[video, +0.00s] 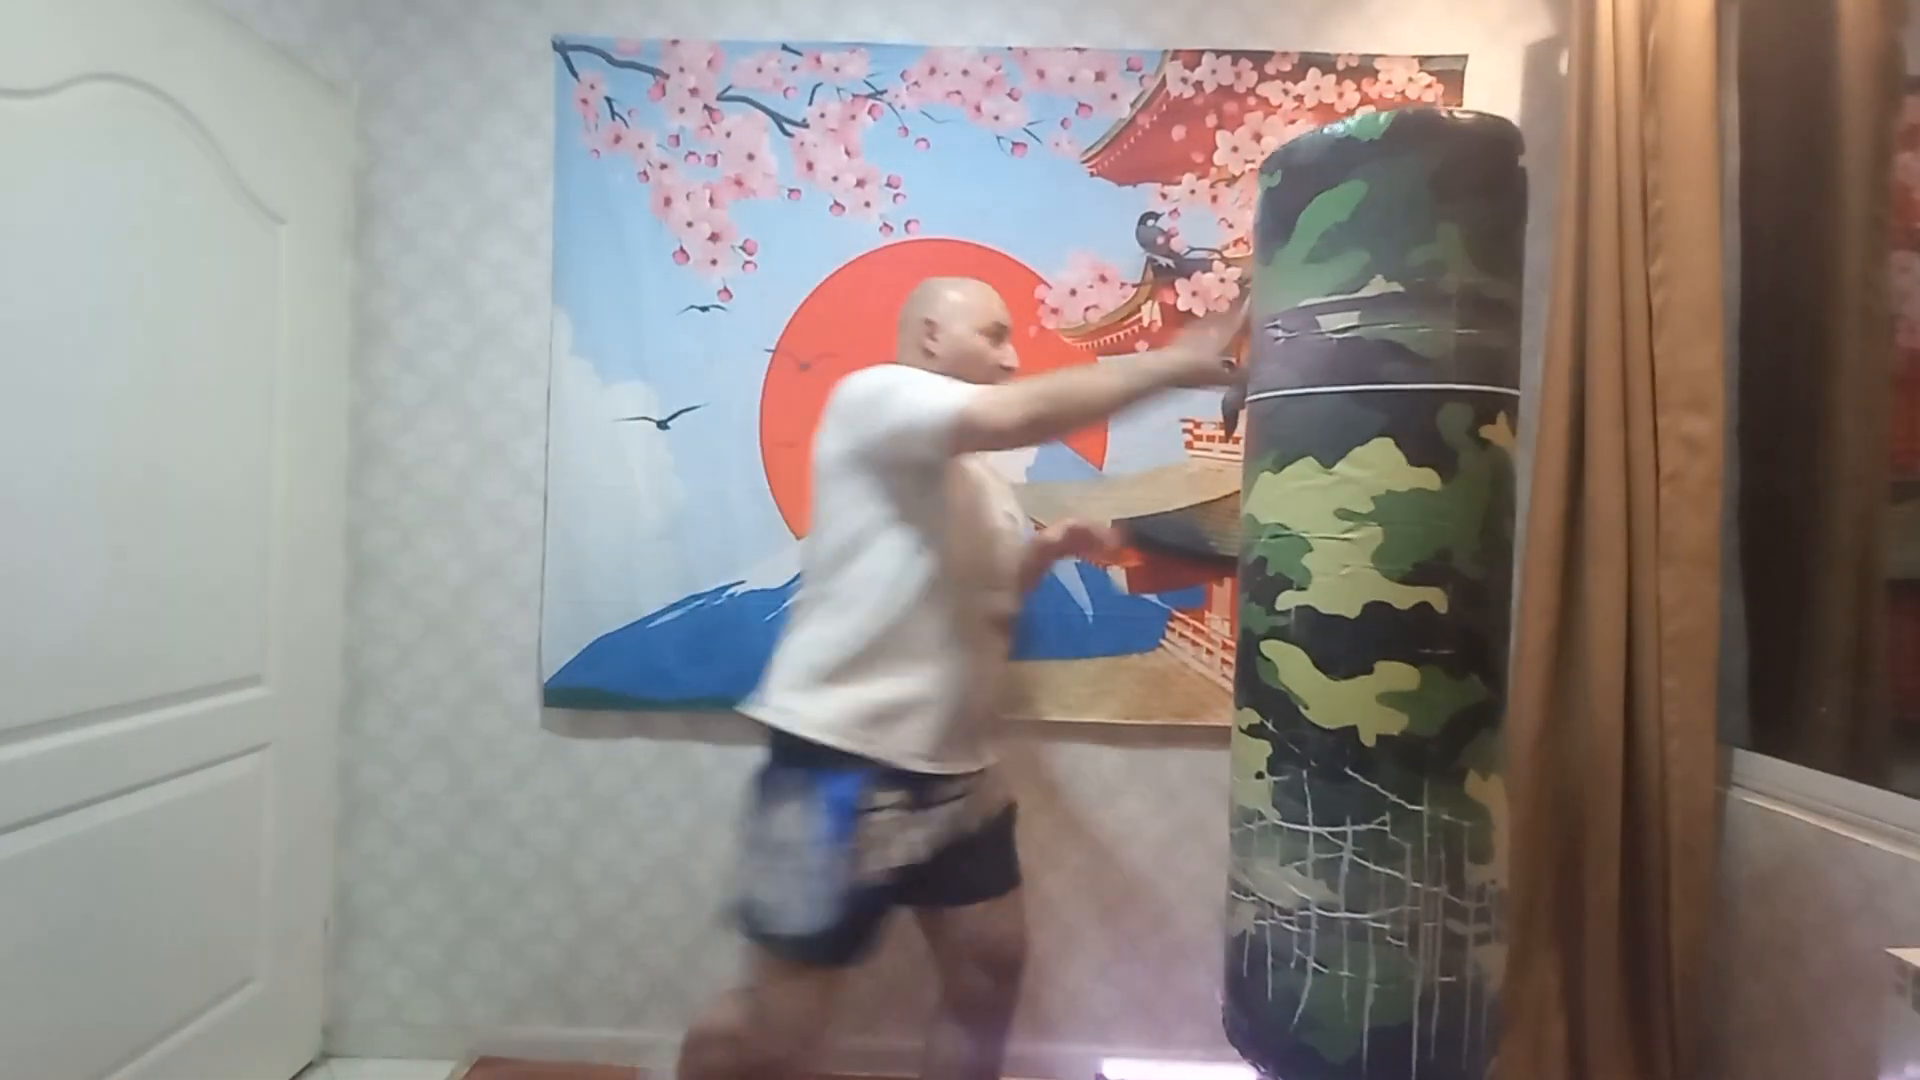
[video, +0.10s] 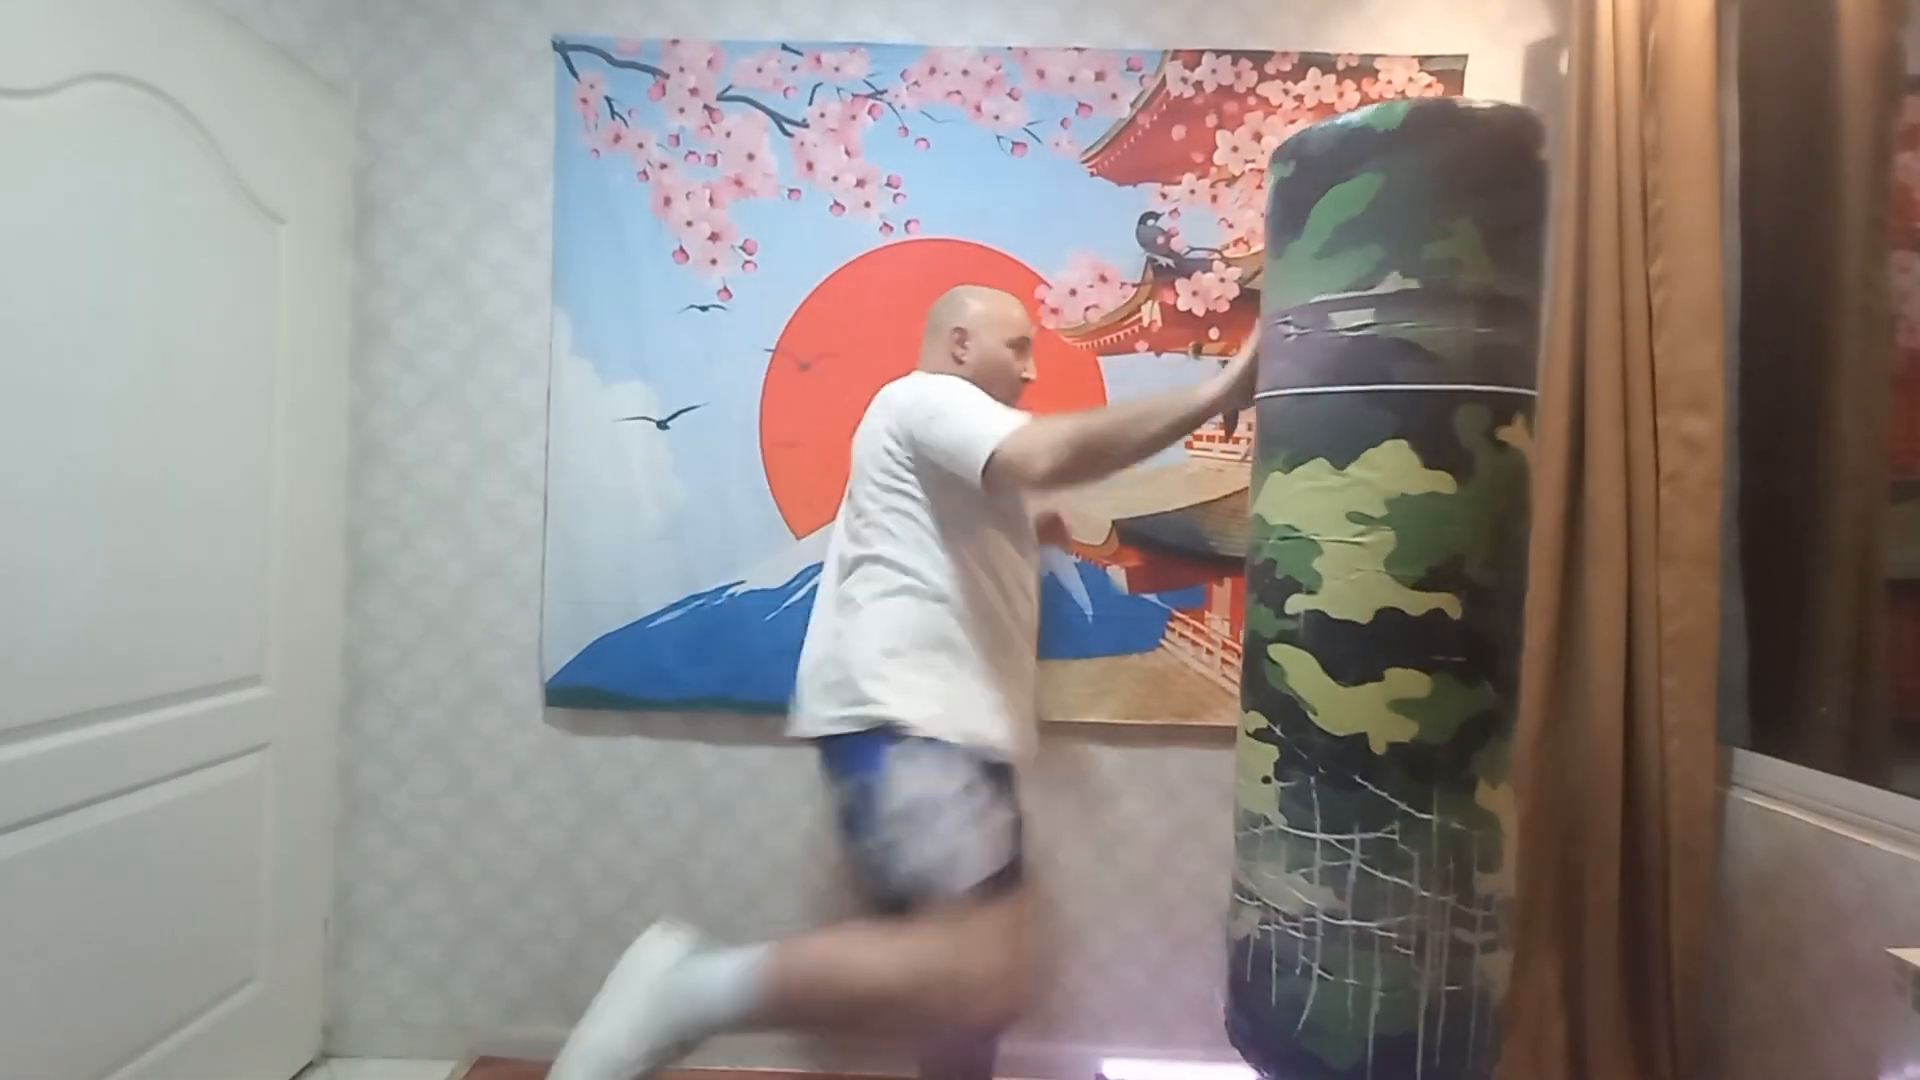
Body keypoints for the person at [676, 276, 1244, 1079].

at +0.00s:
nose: (1011, 355)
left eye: (1012, 339)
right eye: (992, 335)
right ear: (928, 335)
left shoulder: (993, 467)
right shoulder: (870, 401)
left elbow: (985, 600)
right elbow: (1020, 410)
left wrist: (1050, 547)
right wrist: (1181, 361)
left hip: (952, 768)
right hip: (835, 763)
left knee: (988, 979)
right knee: (777, 1030)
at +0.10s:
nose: (1032, 369)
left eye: (1032, 352)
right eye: (1018, 349)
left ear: (966, 344)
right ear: (959, 343)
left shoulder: (970, 441)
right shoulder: (922, 401)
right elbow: (1042, 455)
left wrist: (1037, 529)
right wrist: (1213, 395)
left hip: (947, 723)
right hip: (904, 715)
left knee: (971, 979)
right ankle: (692, 985)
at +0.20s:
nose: (1037, 371)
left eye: (1041, 353)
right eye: (1028, 350)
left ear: (967, 343)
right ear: (973, 341)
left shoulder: (924, 416)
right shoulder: (936, 396)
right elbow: (984, 497)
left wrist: (1027, 467)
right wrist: (1167, 448)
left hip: (879, 707)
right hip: (923, 694)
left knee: (969, 944)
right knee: (1157, 798)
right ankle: (1032, 973)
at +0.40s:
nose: (1047, 383)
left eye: (1048, 368)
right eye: (1037, 364)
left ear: (1002, 362)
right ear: (976, 354)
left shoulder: (999, 459)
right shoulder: (913, 411)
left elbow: (999, 592)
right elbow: (871, 520)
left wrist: (1050, 502)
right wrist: (1038, 524)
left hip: (925, 678)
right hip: (903, 669)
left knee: (951, 949)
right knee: (1110, 794)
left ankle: (940, 1074)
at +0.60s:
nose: (1020, 382)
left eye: (1023, 366)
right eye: (1007, 362)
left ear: (965, 358)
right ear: (948, 354)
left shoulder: (992, 464)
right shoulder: (875, 410)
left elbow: (998, 600)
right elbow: (796, 520)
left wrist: (1032, 513)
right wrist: (940, 474)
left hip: (955, 711)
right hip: (871, 702)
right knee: (942, 957)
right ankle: (805, 1066)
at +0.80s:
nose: (951, 382)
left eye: (956, 366)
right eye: (935, 361)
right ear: (875, 358)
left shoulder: (946, 472)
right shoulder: (797, 431)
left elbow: (962, 608)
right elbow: (756, 563)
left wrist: (989, 520)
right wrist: (895, 480)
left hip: (911, 746)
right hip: (793, 743)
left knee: (948, 938)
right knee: (733, 950)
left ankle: (942, 1077)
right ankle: (685, 1068)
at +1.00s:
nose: (893, 385)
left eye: (899, 368)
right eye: (875, 365)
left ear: (900, 375)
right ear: (815, 364)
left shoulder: (899, 474)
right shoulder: (738, 443)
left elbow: (943, 598)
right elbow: (698, 583)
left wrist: (960, 520)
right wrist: (840, 535)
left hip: (856, 744)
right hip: (734, 745)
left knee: (906, 917)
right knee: (710, 945)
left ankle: (905, 1075)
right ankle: (685, 1073)